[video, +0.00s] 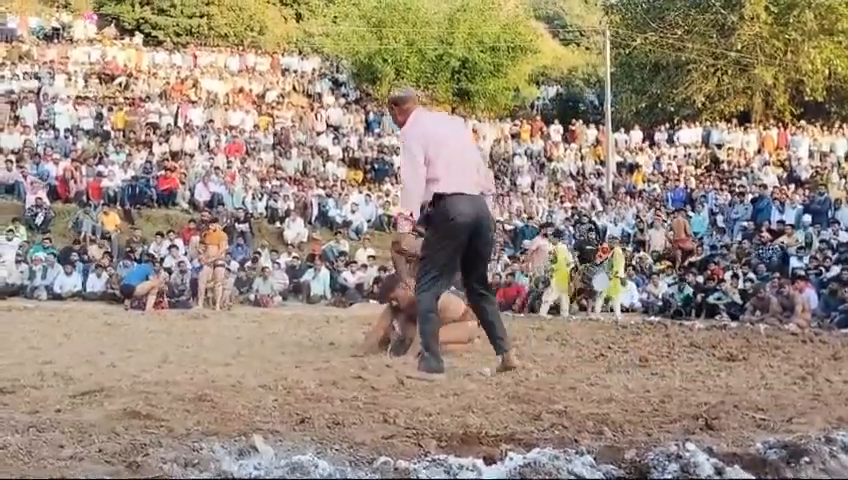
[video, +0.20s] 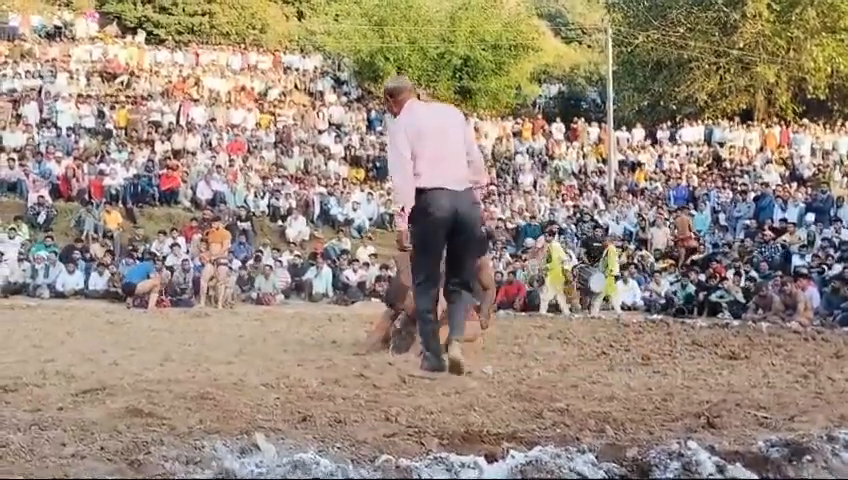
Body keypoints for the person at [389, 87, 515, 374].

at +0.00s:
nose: (394, 121)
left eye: (392, 115)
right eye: (392, 115)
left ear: (398, 108)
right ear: (416, 103)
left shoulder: (413, 130)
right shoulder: (453, 122)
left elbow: (414, 176)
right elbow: (480, 163)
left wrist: (407, 216)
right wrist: (485, 195)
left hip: (450, 206)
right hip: (480, 205)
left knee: (428, 287)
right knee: (478, 286)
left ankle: (431, 359)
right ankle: (506, 352)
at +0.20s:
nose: (389, 112)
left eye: (388, 108)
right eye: (388, 108)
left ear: (391, 101)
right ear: (415, 93)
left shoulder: (400, 124)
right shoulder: (453, 113)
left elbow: (402, 171)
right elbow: (476, 163)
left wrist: (402, 217)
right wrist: (467, 186)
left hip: (431, 200)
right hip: (467, 200)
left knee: (425, 282)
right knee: (460, 282)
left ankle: (432, 356)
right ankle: (455, 342)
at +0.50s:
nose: (396, 98)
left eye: (396, 94)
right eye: (396, 95)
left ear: (402, 91)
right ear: (425, 85)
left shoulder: (398, 114)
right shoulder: (457, 108)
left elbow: (389, 163)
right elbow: (475, 155)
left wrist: (387, 207)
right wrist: (478, 189)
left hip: (414, 198)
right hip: (452, 197)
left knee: (412, 278)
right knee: (442, 285)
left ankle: (428, 346)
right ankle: (425, 363)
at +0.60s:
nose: (401, 91)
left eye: (400, 87)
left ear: (404, 85)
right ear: (430, 79)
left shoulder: (396, 111)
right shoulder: (457, 105)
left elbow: (383, 158)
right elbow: (474, 154)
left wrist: (374, 204)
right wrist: (483, 200)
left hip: (412, 199)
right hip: (451, 199)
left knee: (407, 278)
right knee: (442, 285)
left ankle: (424, 344)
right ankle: (426, 363)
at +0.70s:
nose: (403, 85)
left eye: (402, 81)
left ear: (404, 80)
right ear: (432, 76)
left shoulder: (395, 107)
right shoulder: (457, 102)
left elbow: (381, 155)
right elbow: (473, 153)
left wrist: (367, 201)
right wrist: (482, 200)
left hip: (409, 197)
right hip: (447, 196)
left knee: (405, 277)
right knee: (442, 283)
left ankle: (419, 346)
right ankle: (428, 362)